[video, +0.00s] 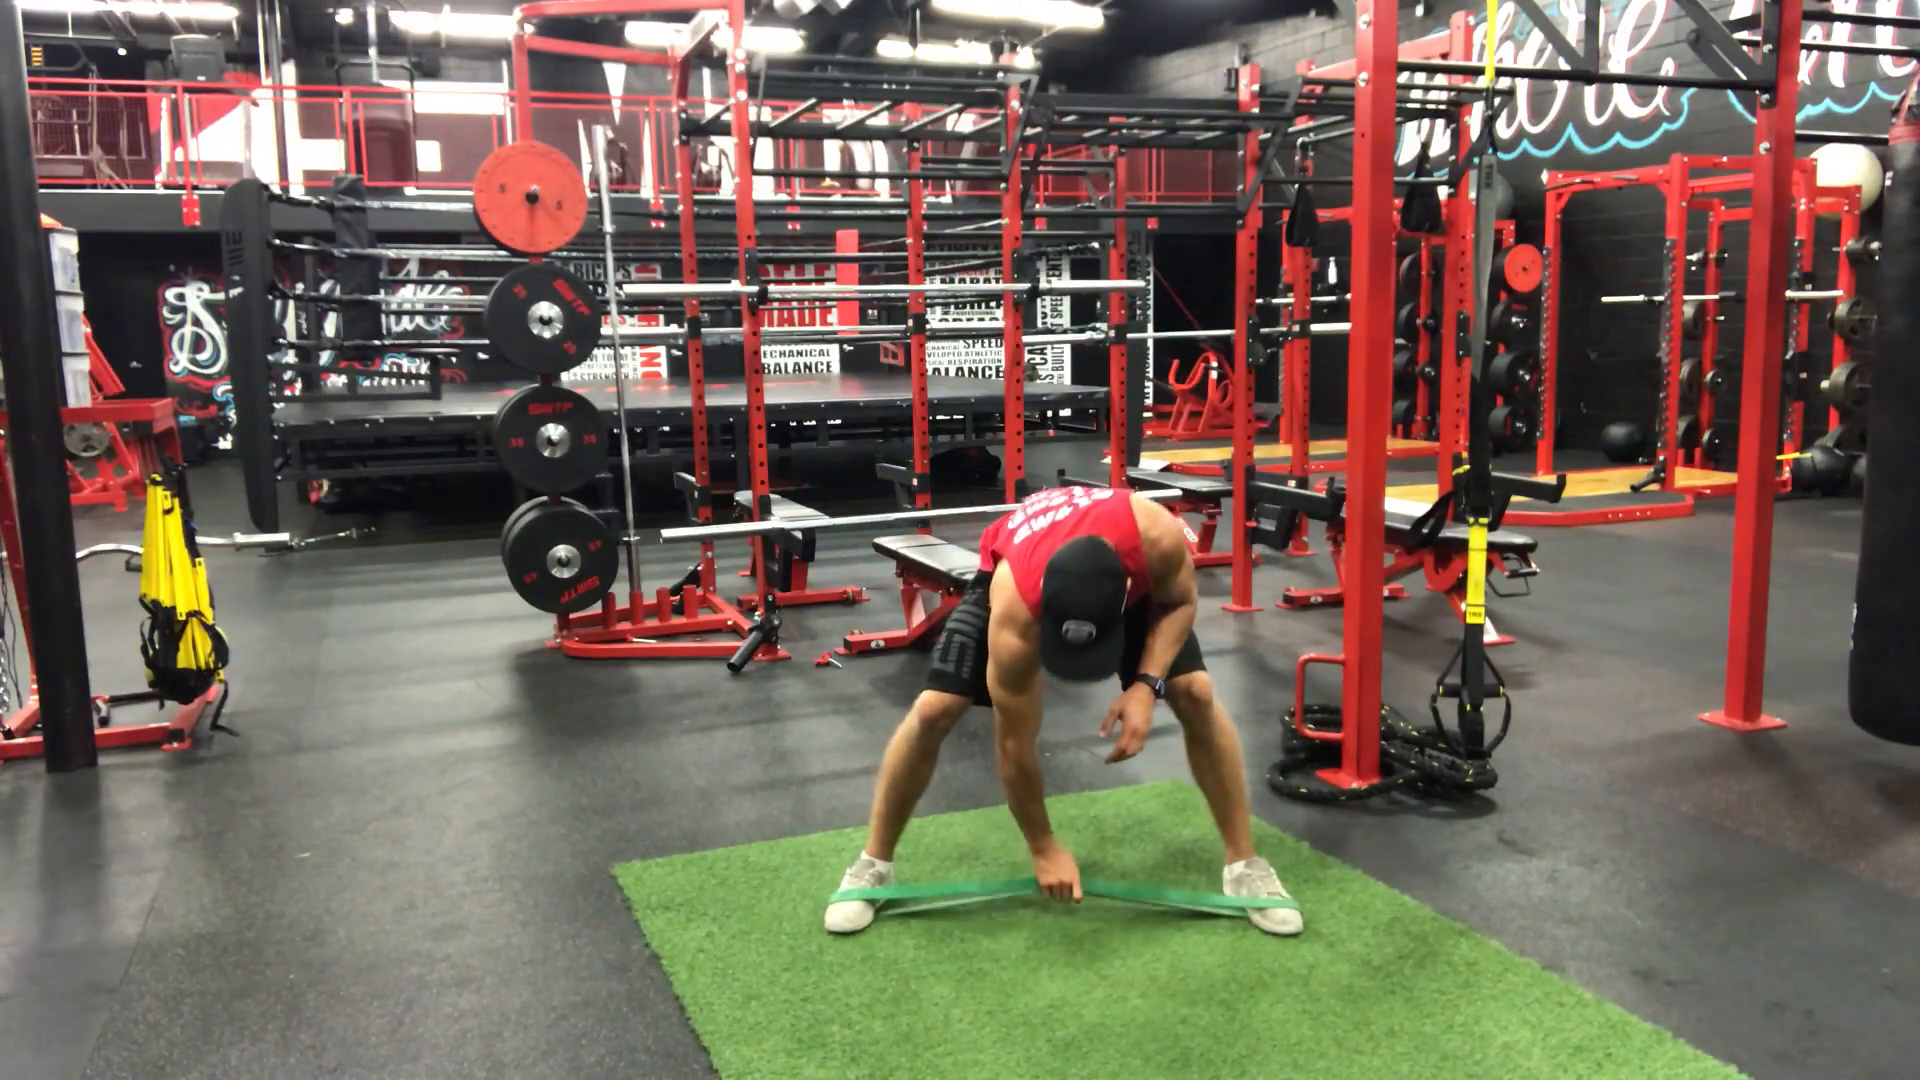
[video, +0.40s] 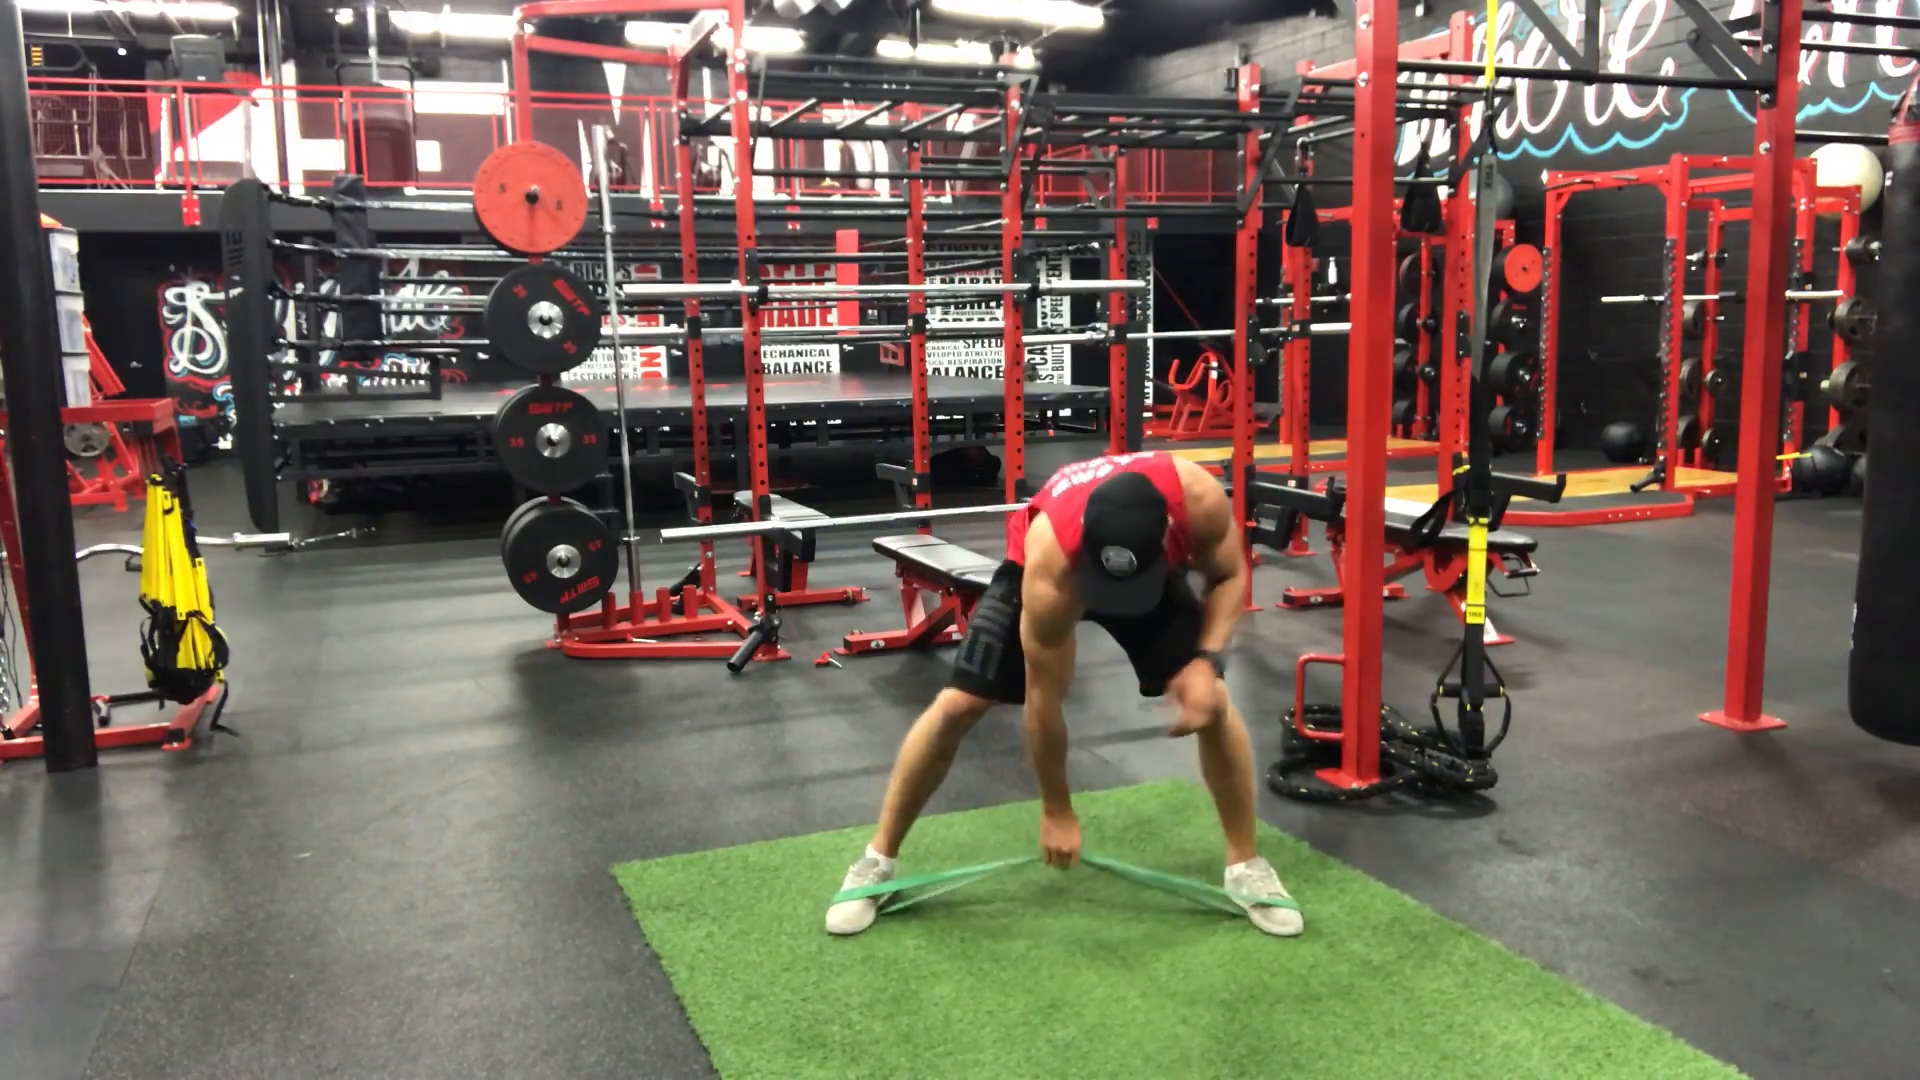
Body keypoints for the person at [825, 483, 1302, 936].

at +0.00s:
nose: (1074, 665)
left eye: (1097, 651)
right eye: (1064, 653)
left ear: (1126, 591)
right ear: (1045, 606)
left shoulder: (1162, 541)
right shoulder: (1011, 608)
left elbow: (1180, 604)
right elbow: (1016, 746)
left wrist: (1146, 685)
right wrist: (1044, 849)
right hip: (1011, 557)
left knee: (1197, 695)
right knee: (933, 709)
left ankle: (1244, 863)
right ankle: (873, 862)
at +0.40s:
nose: (1113, 598)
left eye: (1131, 585)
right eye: (1102, 582)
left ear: (1164, 542)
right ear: (1084, 548)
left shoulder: (1202, 501)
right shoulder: (1048, 562)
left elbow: (1228, 576)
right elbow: (1044, 700)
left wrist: (1208, 660)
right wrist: (1057, 813)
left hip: (1152, 576)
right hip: (1046, 571)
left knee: (1213, 705)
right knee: (957, 705)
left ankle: (1245, 862)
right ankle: (877, 859)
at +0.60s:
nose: (1047, 554)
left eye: (1060, 542)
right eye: (1033, 545)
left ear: (1092, 490)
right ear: (1012, 505)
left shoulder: (1132, 459)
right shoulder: (987, 532)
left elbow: (1209, 497)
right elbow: (1028, 665)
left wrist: (1227, 590)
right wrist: (1069, 769)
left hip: (1113, 567)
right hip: (1013, 581)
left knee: (1189, 702)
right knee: (956, 716)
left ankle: (1243, 863)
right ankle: (925, 866)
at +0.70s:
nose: (1011, 531)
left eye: (1022, 511)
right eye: (995, 519)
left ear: (1047, 463)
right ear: (970, 487)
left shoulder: (1088, 434)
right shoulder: (953, 528)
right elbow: (1000, 651)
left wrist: (1189, 534)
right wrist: (1052, 755)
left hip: (1085, 562)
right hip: (987, 582)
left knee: (1166, 701)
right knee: (948, 719)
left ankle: (1237, 859)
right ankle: (923, 867)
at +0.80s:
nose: (988, 504)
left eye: (998, 490)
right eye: (973, 498)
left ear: (1019, 444)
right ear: (941, 474)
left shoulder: (1065, 416)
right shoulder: (931, 521)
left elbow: (1108, 423)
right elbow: (983, 638)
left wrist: (1153, 504)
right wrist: (1038, 742)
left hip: (1067, 551)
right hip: (970, 574)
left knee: (1145, 689)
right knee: (938, 717)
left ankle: (1208, 853)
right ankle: (923, 870)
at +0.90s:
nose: (984, 491)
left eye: (994, 476)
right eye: (967, 485)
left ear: (1016, 431)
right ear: (938, 460)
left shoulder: (1064, 405)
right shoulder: (922, 506)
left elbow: (1106, 418)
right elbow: (964, 623)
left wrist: (1143, 498)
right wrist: (1011, 731)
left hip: (1061, 542)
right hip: (966, 566)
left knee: (1123, 684)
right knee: (933, 714)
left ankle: (1165, 850)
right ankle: (923, 867)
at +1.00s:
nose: (989, 475)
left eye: (1001, 461)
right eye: (973, 468)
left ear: (1027, 418)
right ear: (946, 441)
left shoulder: (1078, 398)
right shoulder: (926, 486)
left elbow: (1118, 420)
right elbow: (957, 608)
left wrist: (1145, 511)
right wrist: (994, 717)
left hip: (1065, 541)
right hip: (969, 559)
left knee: (1110, 689)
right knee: (935, 709)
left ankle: (1130, 862)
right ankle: (923, 867)